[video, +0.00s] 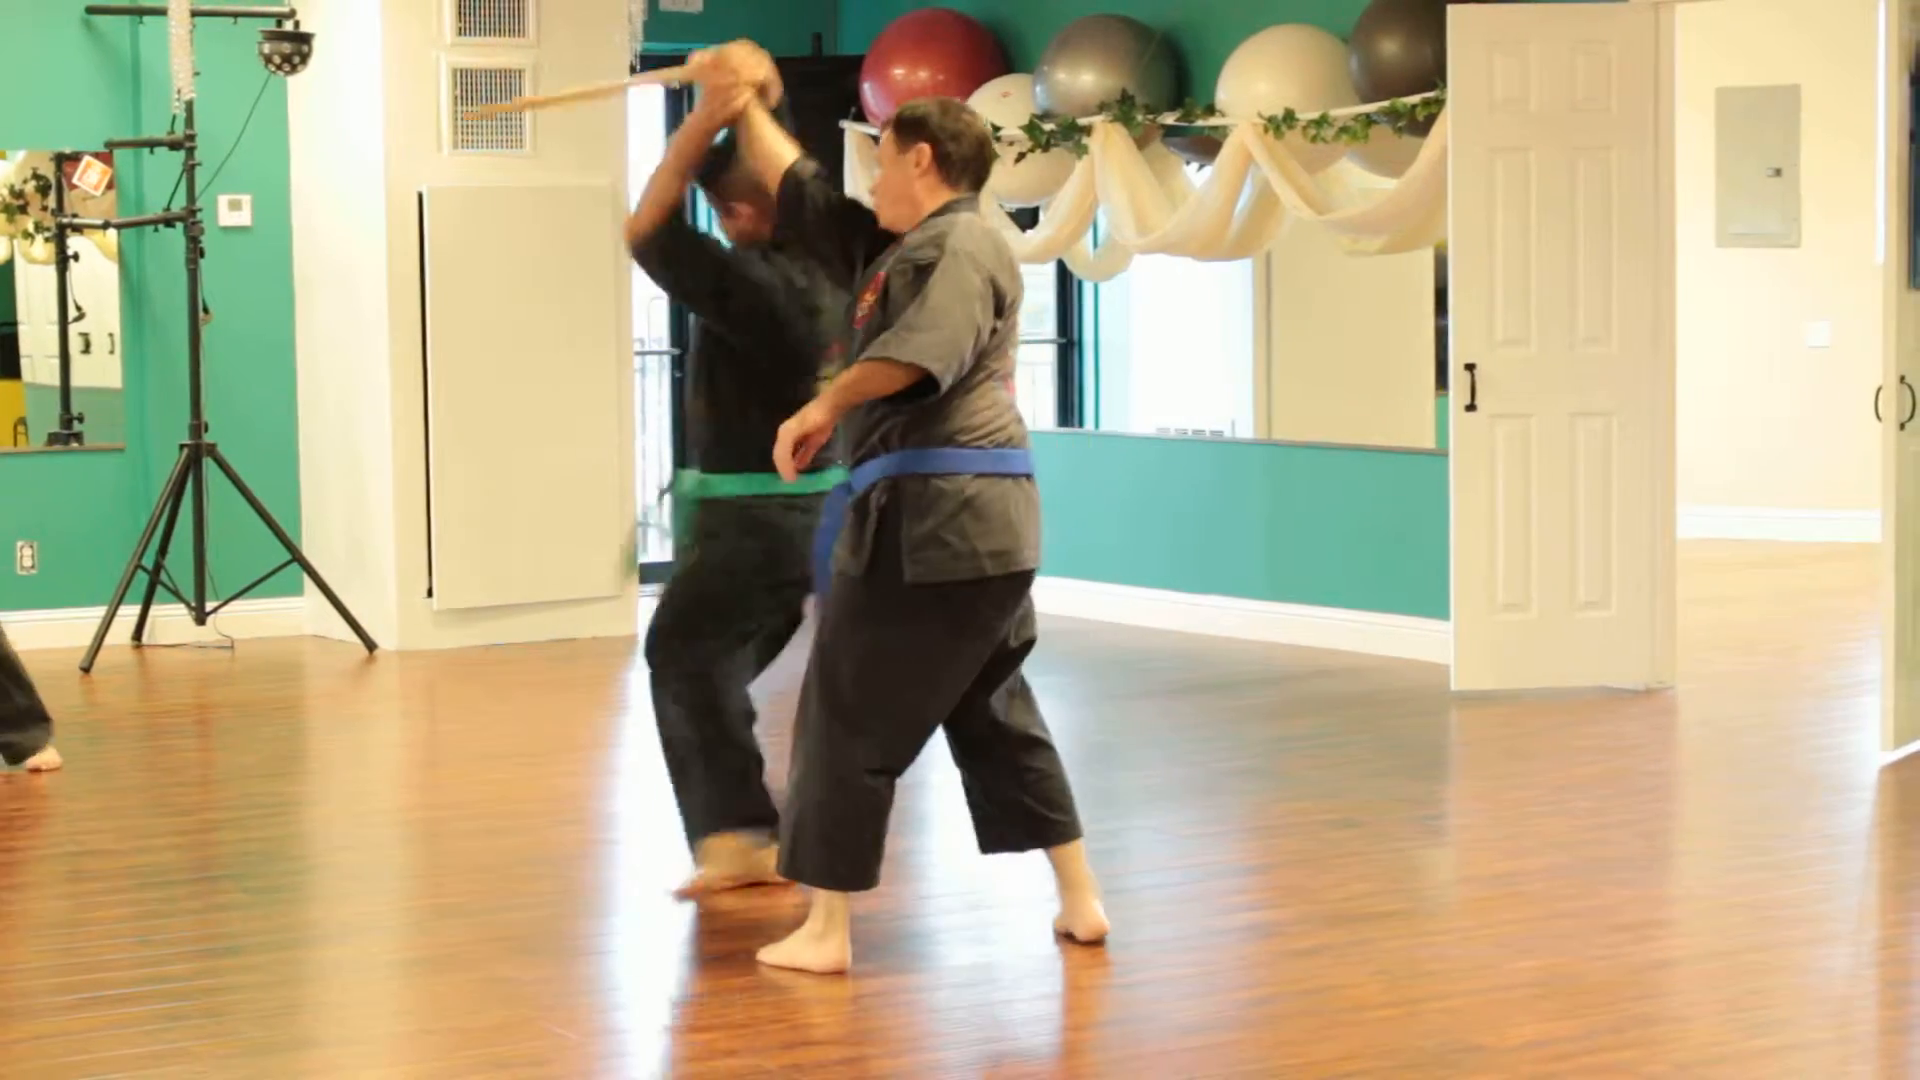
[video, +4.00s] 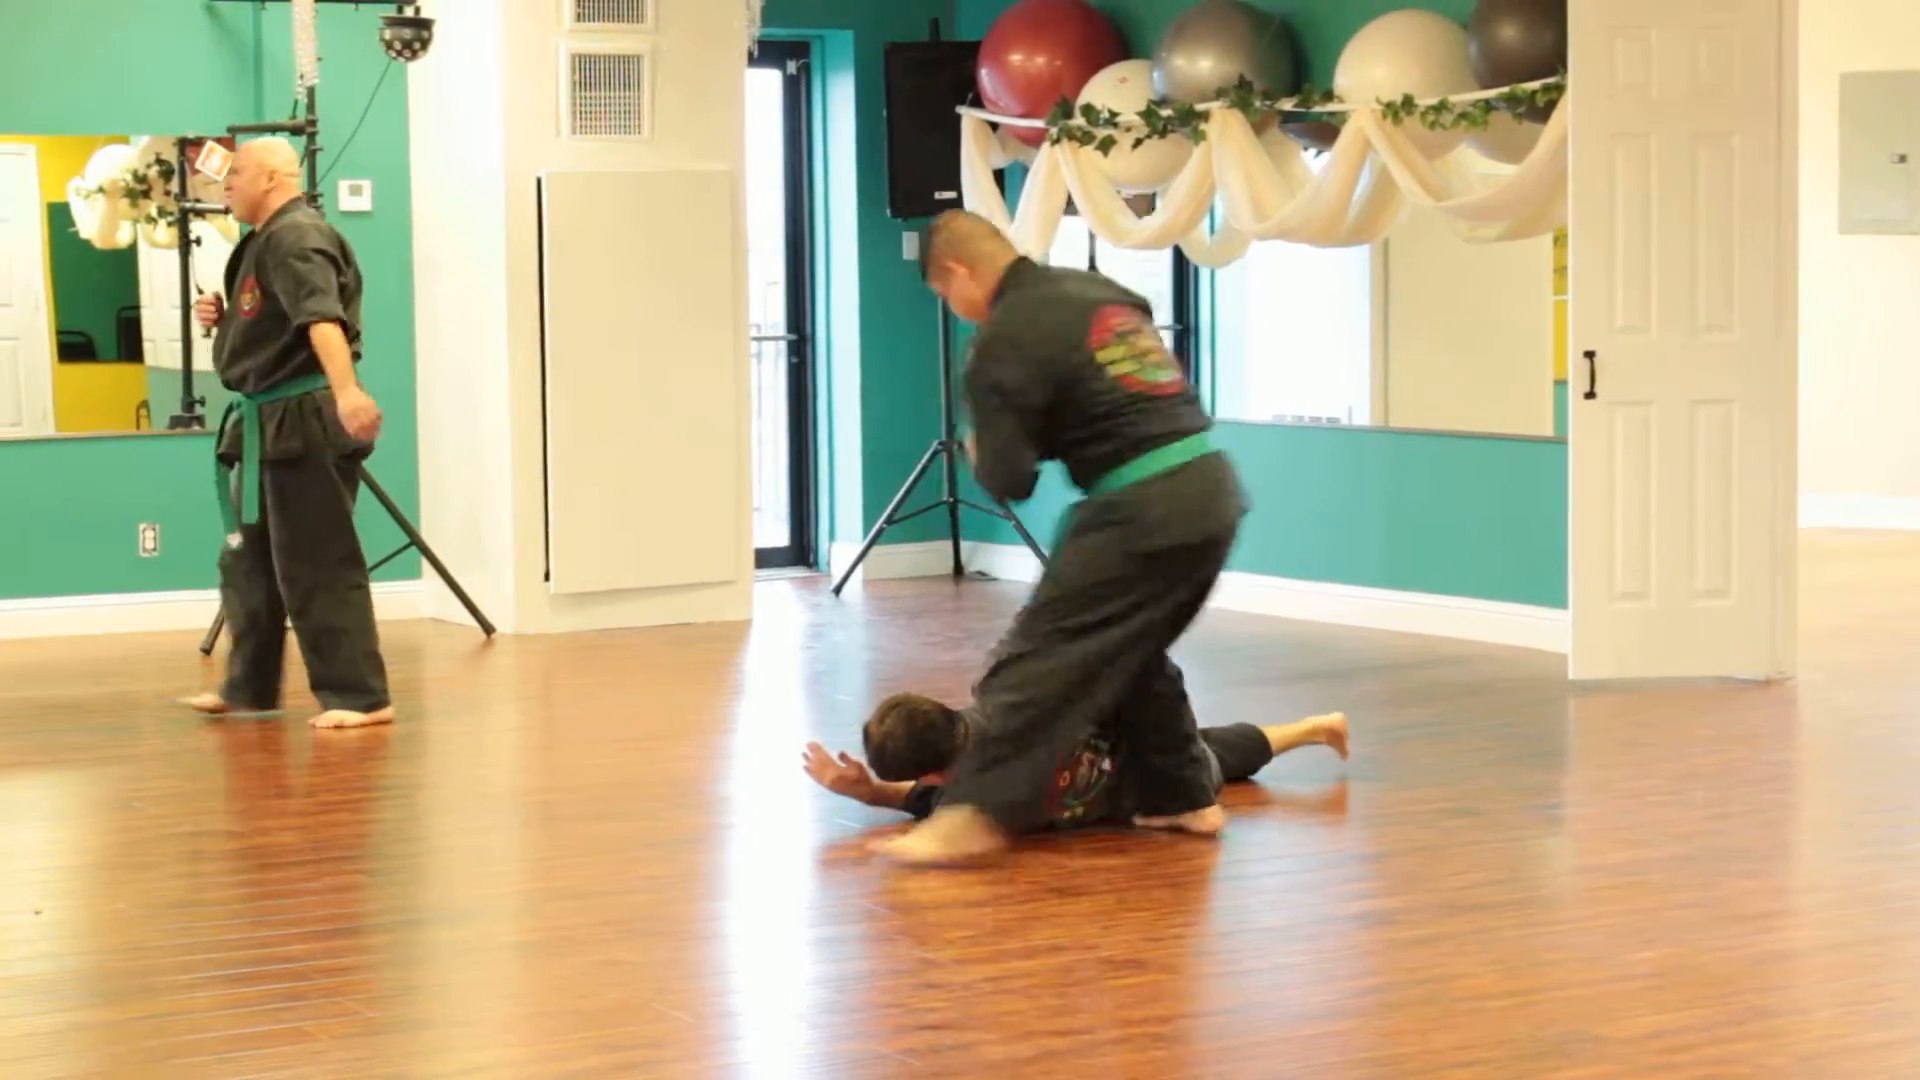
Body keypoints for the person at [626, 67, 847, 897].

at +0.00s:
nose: (721, 222)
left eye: (726, 207)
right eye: (719, 208)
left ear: (747, 208)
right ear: (782, 196)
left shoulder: (755, 284)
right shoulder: (827, 263)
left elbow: (649, 234)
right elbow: (792, 175)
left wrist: (706, 118)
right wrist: (749, 103)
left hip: (753, 511)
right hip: (798, 507)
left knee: (680, 655)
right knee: (717, 667)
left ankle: (731, 840)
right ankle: (753, 834)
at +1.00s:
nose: (713, 404)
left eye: (709, 395)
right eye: (712, 396)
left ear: (717, 390)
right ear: (789, 370)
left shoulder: (721, 446)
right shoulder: (870, 406)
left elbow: (749, 609)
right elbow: (937, 497)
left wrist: (820, 642)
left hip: (878, 587)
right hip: (987, 564)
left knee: (736, 743)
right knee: (987, 717)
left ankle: (809, 935)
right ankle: (999, 899)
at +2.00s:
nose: (1079, 298)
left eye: (1077, 289)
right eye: (1078, 288)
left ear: (999, 279)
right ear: (1067, 284)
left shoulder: (949, 336)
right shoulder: (1045, 320)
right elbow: (1132, 391)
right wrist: (1170, 491)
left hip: (862, 532)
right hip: (956, 534)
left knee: (886, 653)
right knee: (1074, 688)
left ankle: (841, 832)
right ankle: (1085, 871)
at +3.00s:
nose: (815, 352)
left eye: (804, 336)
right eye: (804, 340)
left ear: (822, 309)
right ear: (844, 294)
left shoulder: (923, 337)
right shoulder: (910, 338)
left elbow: (924, 477)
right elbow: (917, 476)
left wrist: (912, 574)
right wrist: (915, 571)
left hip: (1063, 513)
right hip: (1068, 510)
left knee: (936, 636)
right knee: (1025, 678)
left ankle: (944, 830)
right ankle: (1126, 767)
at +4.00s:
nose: (952, 308)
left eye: (944, 292)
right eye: (944, 295)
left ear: (961, 269)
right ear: (1001, 252)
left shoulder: (1005, 344)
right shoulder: (1099, 290)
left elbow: (1009, 478)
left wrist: (982, 445)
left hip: (1142, 507)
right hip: (1211, 491)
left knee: (1037, 655)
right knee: (1132, 650)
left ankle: (971, 812)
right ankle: (1186, 798)